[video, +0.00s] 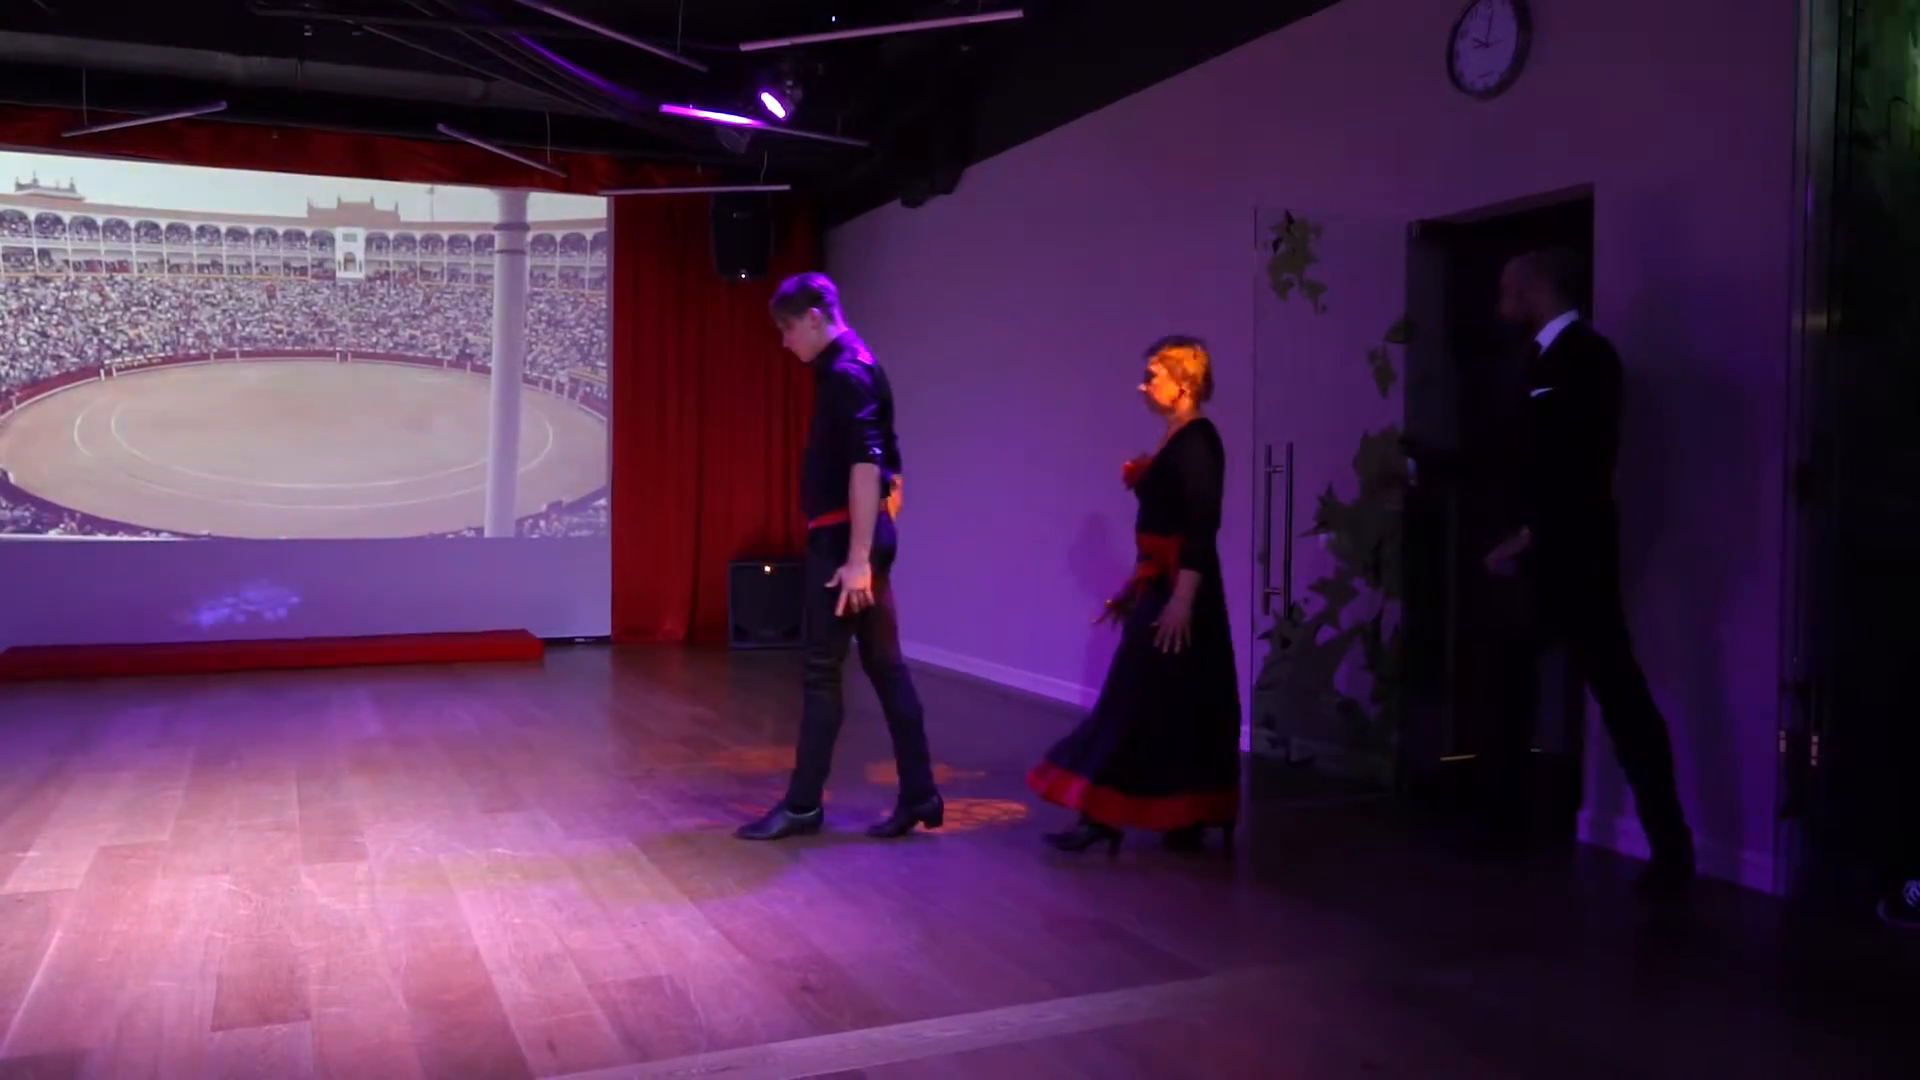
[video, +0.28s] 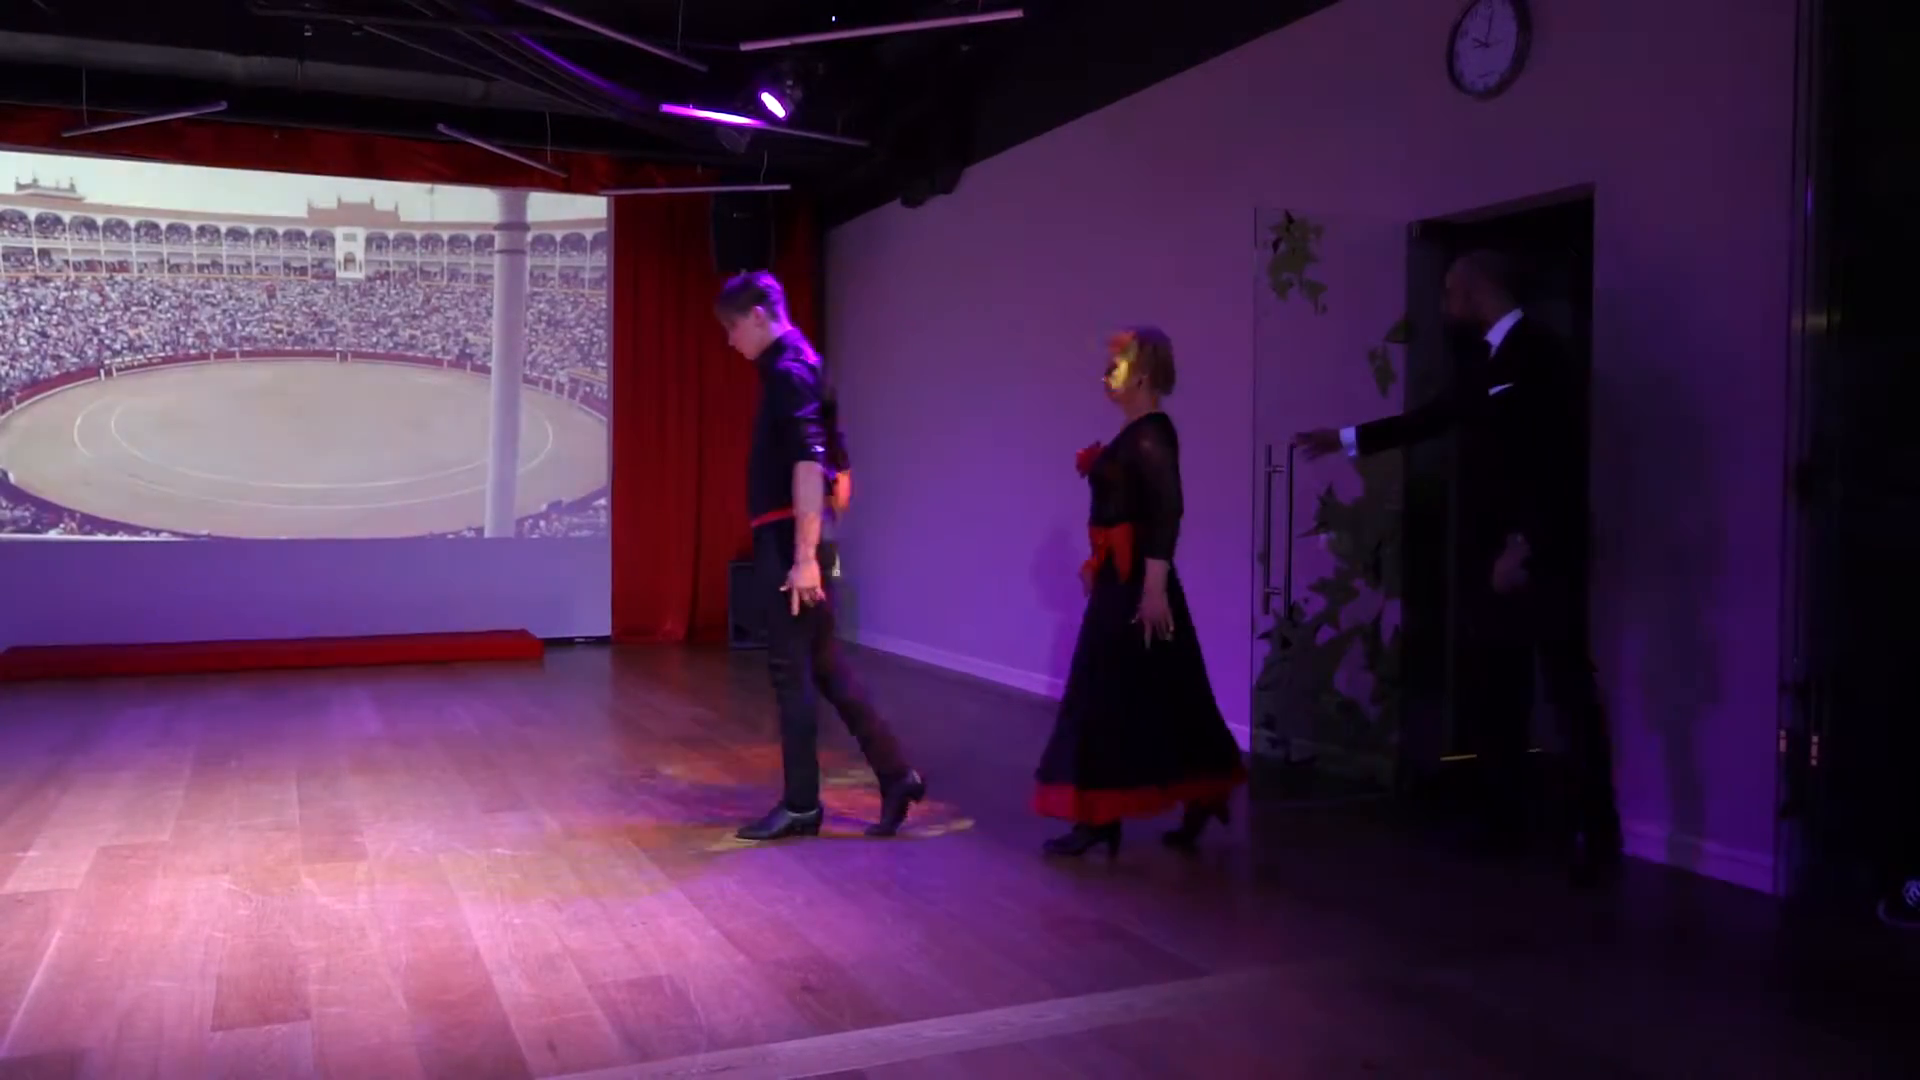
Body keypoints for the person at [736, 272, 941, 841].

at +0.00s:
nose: (786, 342)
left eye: (790, 329)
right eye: (783, 331)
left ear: (820, 317)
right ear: (821, 318)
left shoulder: (847, 375)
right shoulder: (855, 367)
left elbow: (867, 467)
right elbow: (877, 465)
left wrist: (859, 558)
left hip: (839, 538)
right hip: (860, 532)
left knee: (821, 672)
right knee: (887, 668)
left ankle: (803, 803)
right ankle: (919, 795)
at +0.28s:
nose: (731, 341)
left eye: (734, 328)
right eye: (728, 330)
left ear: (763, 316)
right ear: (764, 317)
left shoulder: (790, 370)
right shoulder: (801, 365)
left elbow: (810, 463)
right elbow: (835, 465)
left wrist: (805, 556)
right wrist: (821, 535)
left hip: (785, 539)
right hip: (800, 536)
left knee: (790, 674)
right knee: (827, 667)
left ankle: (800, 803)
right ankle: (896, 776)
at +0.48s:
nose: (686, 350)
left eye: (688, 336)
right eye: (683, 338)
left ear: (716, 326)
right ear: (725, 326)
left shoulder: (740, 381)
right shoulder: (768, 376)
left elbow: (753, 472)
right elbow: (803, 471)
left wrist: (762, 567)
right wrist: (801, 544)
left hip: (746, 545)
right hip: (762, 540)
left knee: (761, 668)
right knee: (714, 661)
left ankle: (798, 802)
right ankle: (784, 784)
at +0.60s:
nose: (652, 355)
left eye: (654, 342)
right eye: (650, 344)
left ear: (682, 331)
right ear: (688, 332)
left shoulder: (699, 391)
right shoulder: (737, 384)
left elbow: (714, 487)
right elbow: (779, 479)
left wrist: (728, 577)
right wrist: (775, 553)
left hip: (713, 555)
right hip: (727, 550)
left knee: (749, 680)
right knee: (653, 654)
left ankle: (800, 802)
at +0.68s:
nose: (626, 356)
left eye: (629, 344)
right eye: (624, 345)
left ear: (657, 334)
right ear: (666, 335)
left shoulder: (670, 395)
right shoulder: (713, 388)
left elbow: (685, 491)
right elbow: (754, 483)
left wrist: (704, 577)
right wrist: (750, 560)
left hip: (682, 558)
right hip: (695, 554)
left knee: (718, 679)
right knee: (620, 658)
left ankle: (792, 794)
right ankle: (583, 791)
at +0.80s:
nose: (589, 360)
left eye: (591, 347)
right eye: (587, 349)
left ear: (618, 335)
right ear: (629, 335)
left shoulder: (631, 391)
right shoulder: (674, 387)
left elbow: (645, 483)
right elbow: (711, 485)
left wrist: (666, 572)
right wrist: (698, 565)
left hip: (628, 556)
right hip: (644, 554)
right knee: (582, 667)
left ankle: (731, 764)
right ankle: (569, 798)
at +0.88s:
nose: (567, 360)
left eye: (568, 348)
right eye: (564, 349)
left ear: (593, 337)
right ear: (604, 336)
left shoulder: (610, 392)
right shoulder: (648, 386)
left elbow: (625, 482)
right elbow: (683, 487)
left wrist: (639, 568)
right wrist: (663, 564)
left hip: (597, 555)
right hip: (620, 552)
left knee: (547, 674)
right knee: (569, 676)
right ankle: (567, 799)